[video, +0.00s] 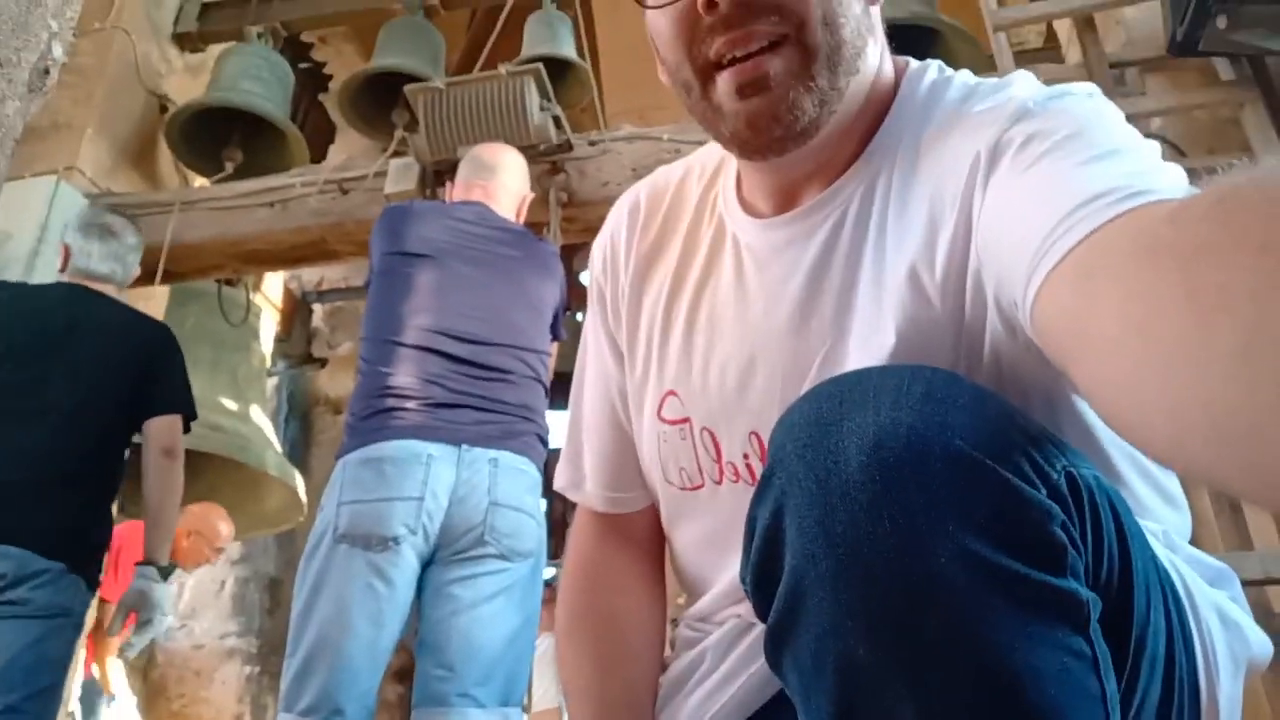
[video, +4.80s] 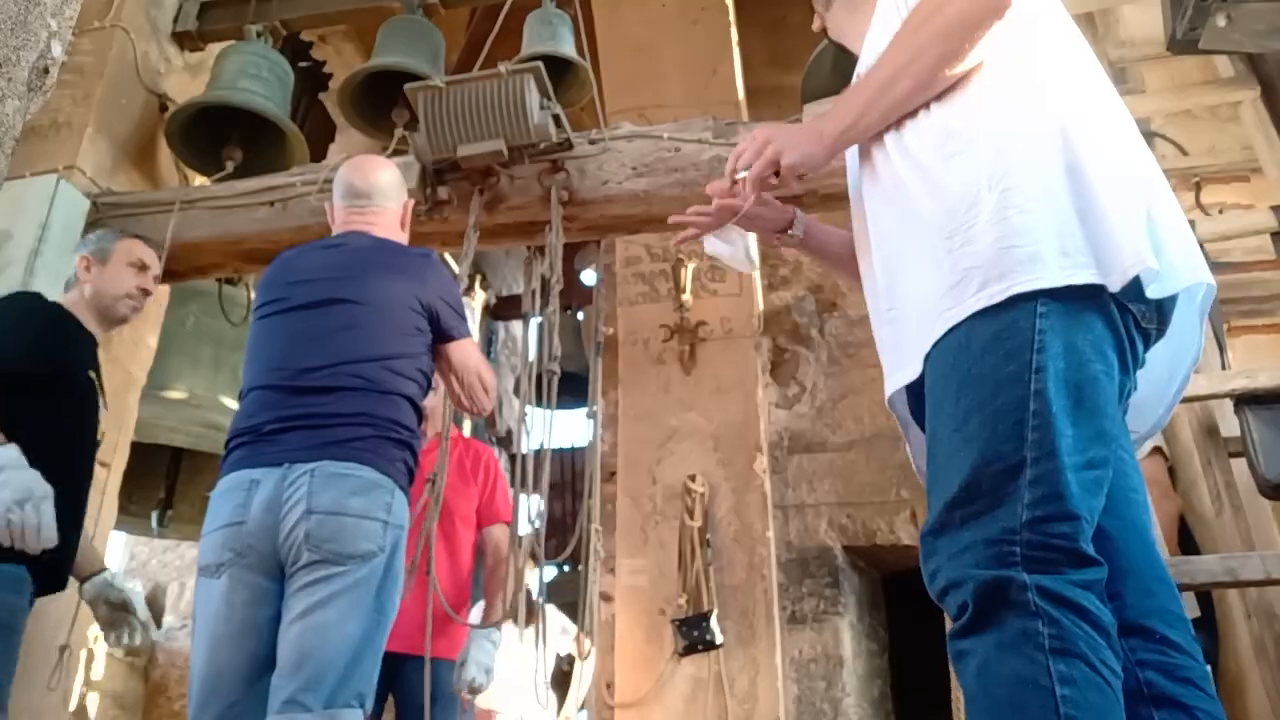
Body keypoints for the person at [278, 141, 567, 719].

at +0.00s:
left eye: (450, 187)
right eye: (527, 202)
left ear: (447, 190)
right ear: (526, 208)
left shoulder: (396, 222)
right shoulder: (548, 262)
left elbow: (400, 313)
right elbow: (545, 362)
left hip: (388, 461)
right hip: (510, 475)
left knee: (324, 702)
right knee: (473, 704)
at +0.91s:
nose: (414, 203)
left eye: (413, 197)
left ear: (418, 200)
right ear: (495, 212)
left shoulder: (367, 244)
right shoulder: (525, 270)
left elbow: (357, 356)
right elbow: (529, 395)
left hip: (363, 470)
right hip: (482, 481)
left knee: (298, 703)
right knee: (457, 705)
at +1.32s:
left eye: (337, 233)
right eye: (413, 231)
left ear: (337, 238)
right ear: (412, 236)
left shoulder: (295, 280)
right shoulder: (438, 285)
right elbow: (498, 410)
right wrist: (452, 354)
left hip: (273, 483)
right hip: (389, 488)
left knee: (243, 705)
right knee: (386, 706)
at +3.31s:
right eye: (390, 208)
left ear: (310, 218)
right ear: (385, 211)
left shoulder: (265, 270)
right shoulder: (405, 266)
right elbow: (471, 386)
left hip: (230, 489)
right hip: (344, 486)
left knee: (213, 709)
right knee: (308, 707)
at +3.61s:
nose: (394, 215)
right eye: (394, 207)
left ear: (314, 215)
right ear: (388, 209)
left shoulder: (265, 269)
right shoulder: (407, 265)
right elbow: (473, 386)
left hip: (231, 489)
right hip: (345, 485)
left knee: (214, 709)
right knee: (309, 707)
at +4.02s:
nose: (413, 223)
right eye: (413, 217)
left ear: (332, 209)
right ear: (407, 219)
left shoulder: (276, 265)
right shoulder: (417, 264)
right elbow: (480, 386)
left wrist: (430, 369)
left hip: (233, 489)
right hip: (347, 488)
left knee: (217, 709)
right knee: (310, 707)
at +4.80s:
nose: (411, 217)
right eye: (412, 211)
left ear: (330, 215)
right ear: (406, 214)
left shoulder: (277, 271)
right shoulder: (424, 269)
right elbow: (481, 399)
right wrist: (443, 340)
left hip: (241, 487)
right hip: (354, 487)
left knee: (218, 708)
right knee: (313, 708)